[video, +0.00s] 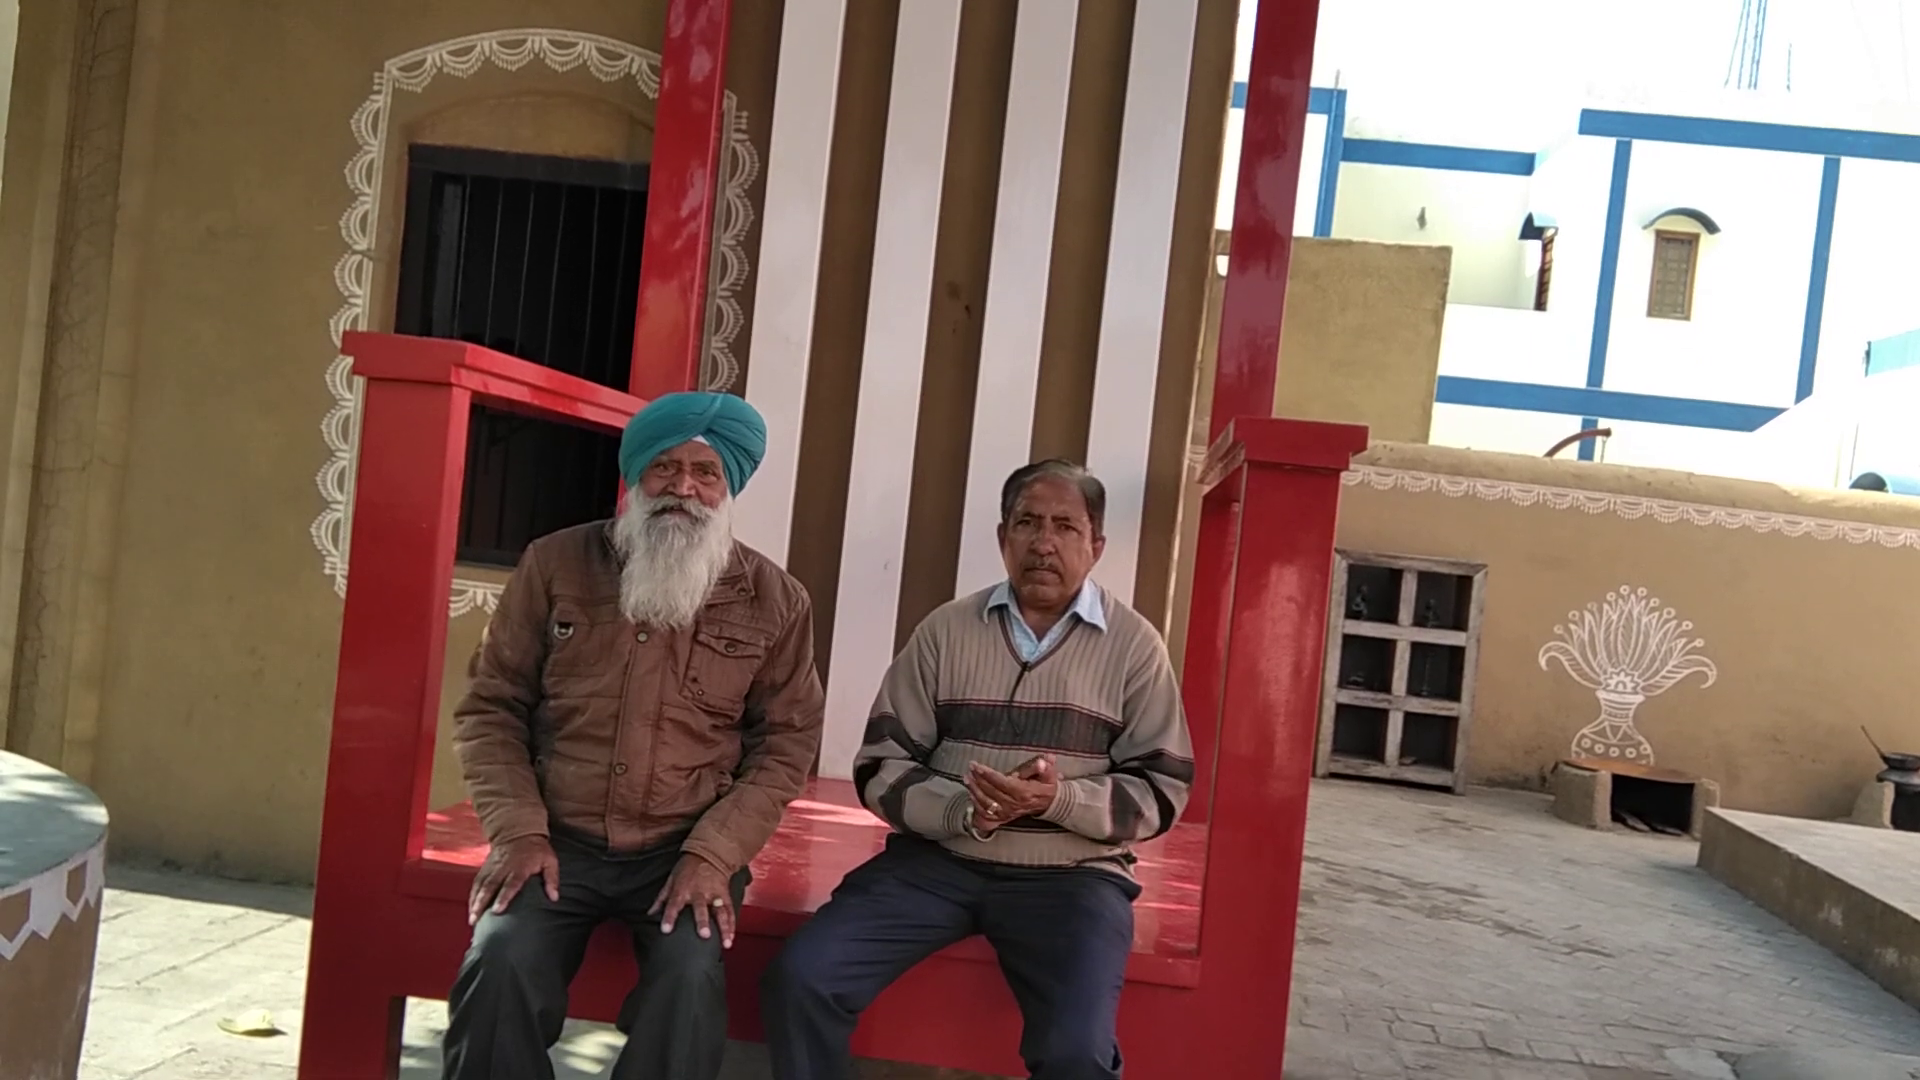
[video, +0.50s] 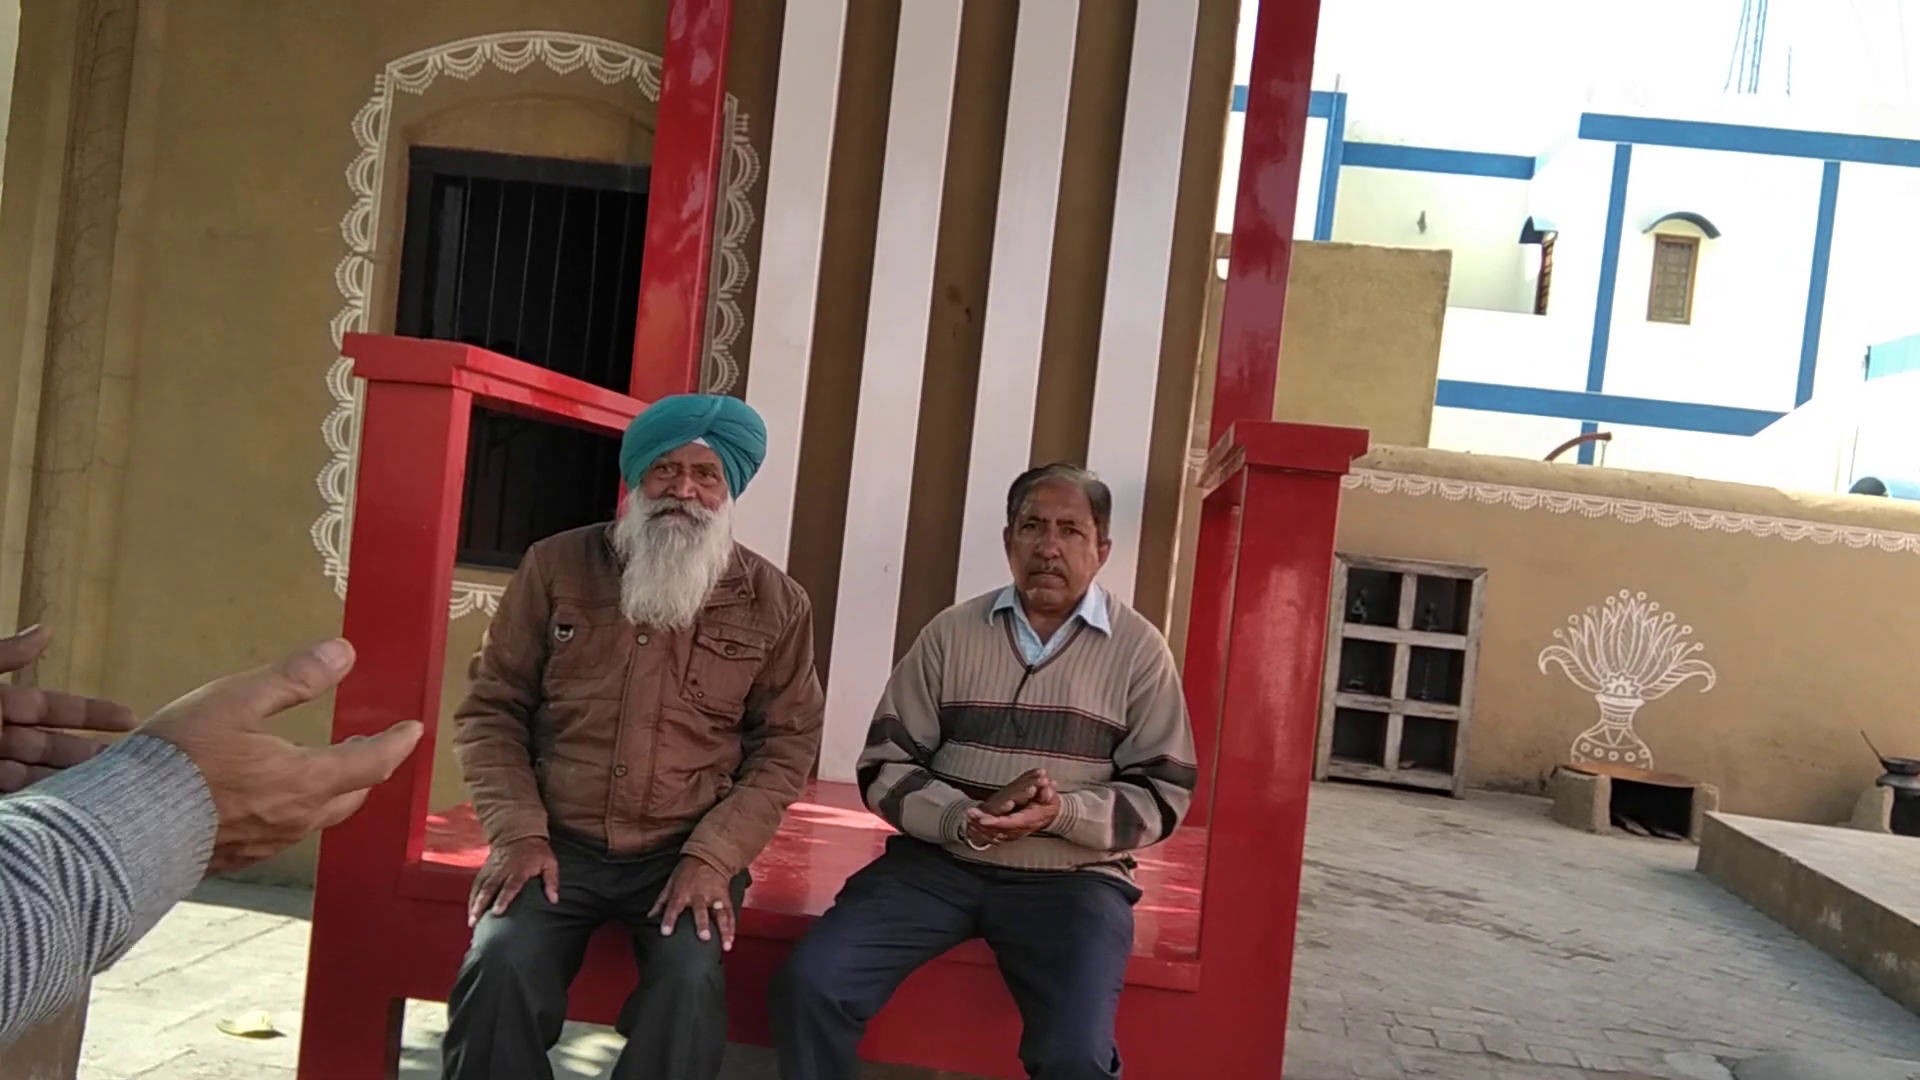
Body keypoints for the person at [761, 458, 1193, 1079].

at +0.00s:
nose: (1045, 543)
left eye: (1065, 527)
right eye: (1029, 524)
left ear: (1096, 548)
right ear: (1003, 541)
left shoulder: (1136, 647)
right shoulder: (944, 632)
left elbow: (1160, 790)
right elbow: (880, 766)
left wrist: (1062, 801)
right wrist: (963, 806)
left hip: (1071, 879)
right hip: (935, 862)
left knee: (1076, 1051)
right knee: (801, 980)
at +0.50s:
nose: (1049, 546)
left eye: (1070, 531)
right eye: (1034, 527)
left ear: (1101, 551)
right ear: (1008, 542)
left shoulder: (1141, 652)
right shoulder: (950, 635)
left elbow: (1162, 796)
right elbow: (883, 765)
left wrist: (1063, 812)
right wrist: (965, 818)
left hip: (1071, 885)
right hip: (935, 865)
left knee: (1074, 1054)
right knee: (810, 987)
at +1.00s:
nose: (1053, 547)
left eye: (1074, 531)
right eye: (1038, 528)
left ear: (1104, 552)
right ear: (1011, 542)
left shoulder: (1143, 650)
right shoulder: (952, 633)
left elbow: (1162, 796)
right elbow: (884, 766)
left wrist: (1066, 790)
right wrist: (968, 805)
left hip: (1074, 882)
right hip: (937, 863)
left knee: (1073, 1049)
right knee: (809, 987)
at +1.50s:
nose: (1046, 545)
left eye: (1067, 529)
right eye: (1031, 526)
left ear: (1099, 550)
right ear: (1006, 542)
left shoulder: (1140, 649)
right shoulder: (949, 634)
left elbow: (1160, 793)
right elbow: (884, 765)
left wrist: (1061, 799)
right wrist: (961, 812)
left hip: (1072, 880)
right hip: (936, 863)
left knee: (1076, 1051)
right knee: (806, 986)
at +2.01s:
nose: (1015, 561)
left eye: (1038, 542)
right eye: (998, 539)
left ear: (1074, 558)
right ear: (974, 550)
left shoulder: (1122, 658)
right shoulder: (925, 647)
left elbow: (1114, 827)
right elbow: (874, 801)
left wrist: (1016, 904)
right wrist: (912, 904)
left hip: (1065, 888)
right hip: (924, 873)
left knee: (1082, 1045)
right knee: (815, 1005)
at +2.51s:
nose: (1024, 423)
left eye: (1051, 401)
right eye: (1010, 397)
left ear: (1106, 415)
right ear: (993, 403)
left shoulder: (1174, 528)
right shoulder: (946, 524)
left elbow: (1201, 716)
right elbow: (882, 692)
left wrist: (1160, 870)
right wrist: (867, 850)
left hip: (1109, 835)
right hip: (962, 819)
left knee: (1109, 1057)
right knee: (869, 1033)